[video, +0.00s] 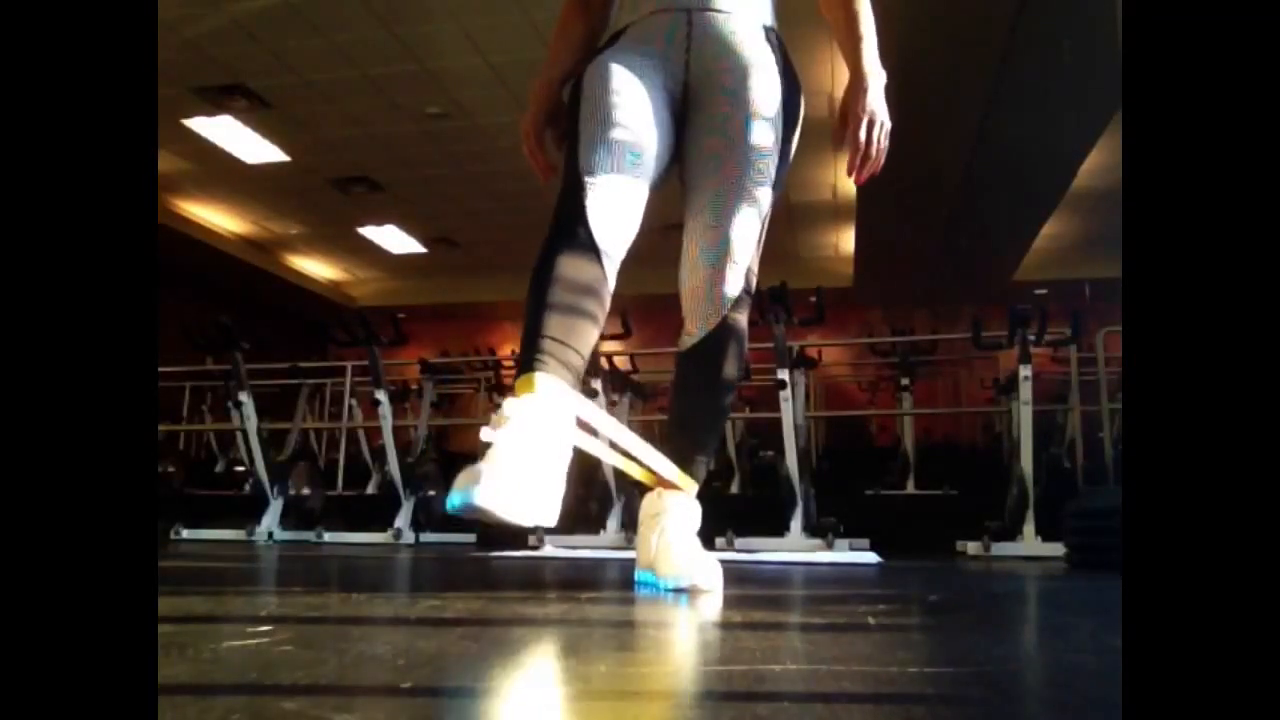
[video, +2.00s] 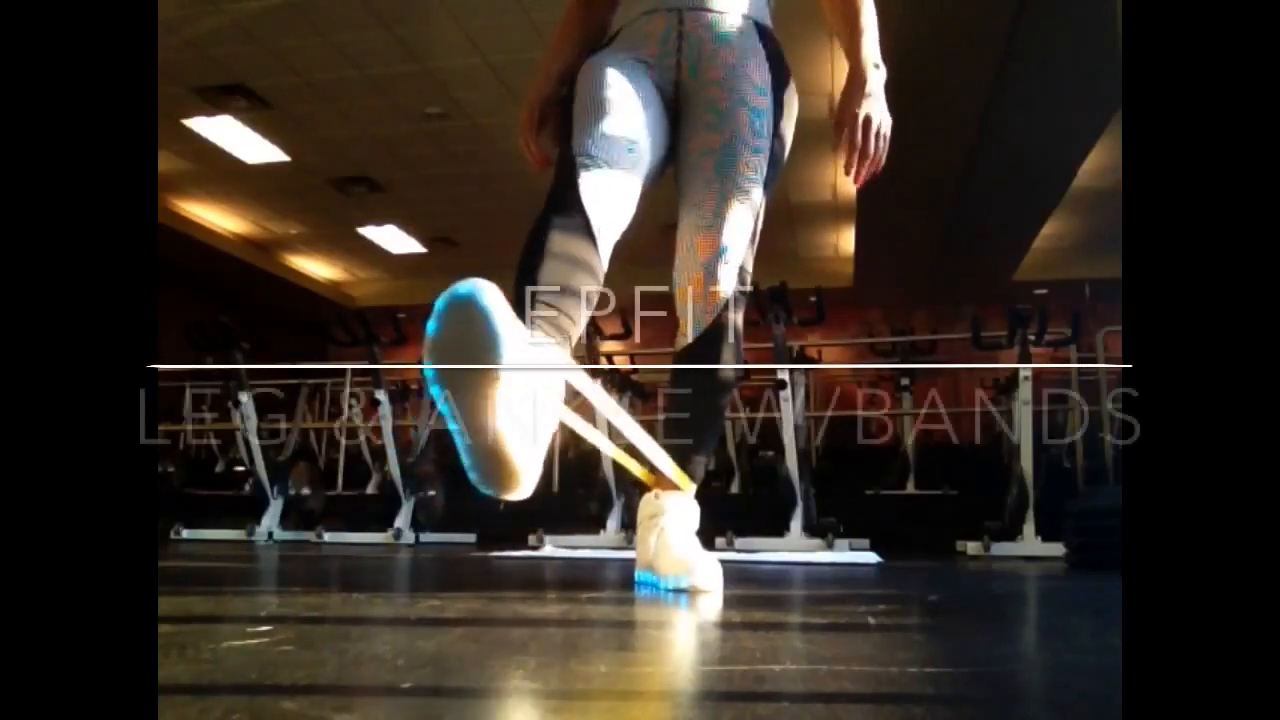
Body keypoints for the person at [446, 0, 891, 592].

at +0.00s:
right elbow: (589, 3)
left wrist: (867, 72)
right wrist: (550, 82)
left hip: (744, 25)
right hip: (632, 25)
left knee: (722, 273)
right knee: (597, 203)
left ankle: (673, 516)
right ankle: (533, 441)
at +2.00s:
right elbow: (591, 4)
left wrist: (866, 72)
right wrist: (552, 79)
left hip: (737, 31)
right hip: (628, 33)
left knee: (710, 272)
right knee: (590, 182)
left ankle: (673, 512)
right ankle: (528, 401)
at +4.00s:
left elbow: (832, 2)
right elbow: (594, 4)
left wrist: (844, 80)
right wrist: (555, 90)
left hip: (748, 24)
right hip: (636, 22)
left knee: (722, 272)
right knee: (593, 213)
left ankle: (672, 519)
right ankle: (521, 458)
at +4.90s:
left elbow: (827, 5)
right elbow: (585, 7)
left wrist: (842, 88)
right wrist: (548, 87)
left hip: (742, 25)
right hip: (633, 27)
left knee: (715, 269)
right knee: (587, 209)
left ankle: (672, 519)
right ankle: (512, 460)